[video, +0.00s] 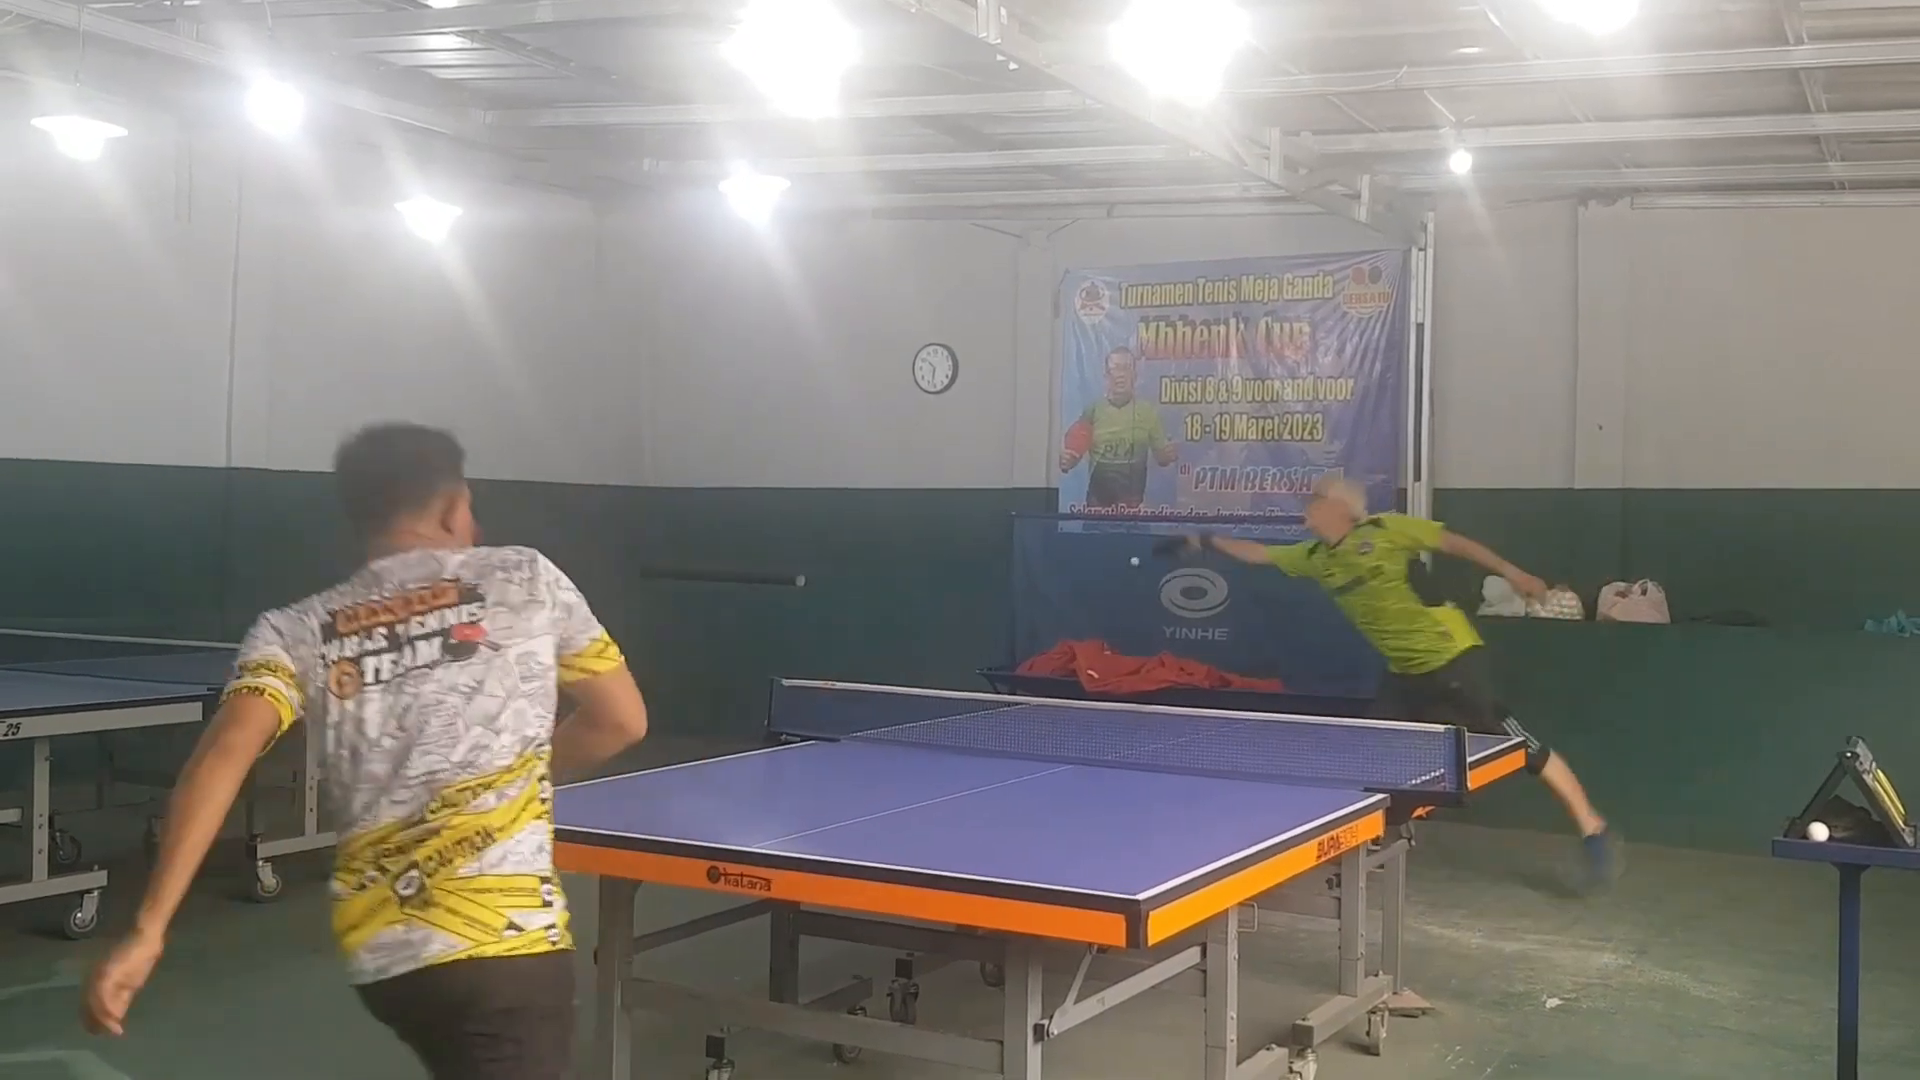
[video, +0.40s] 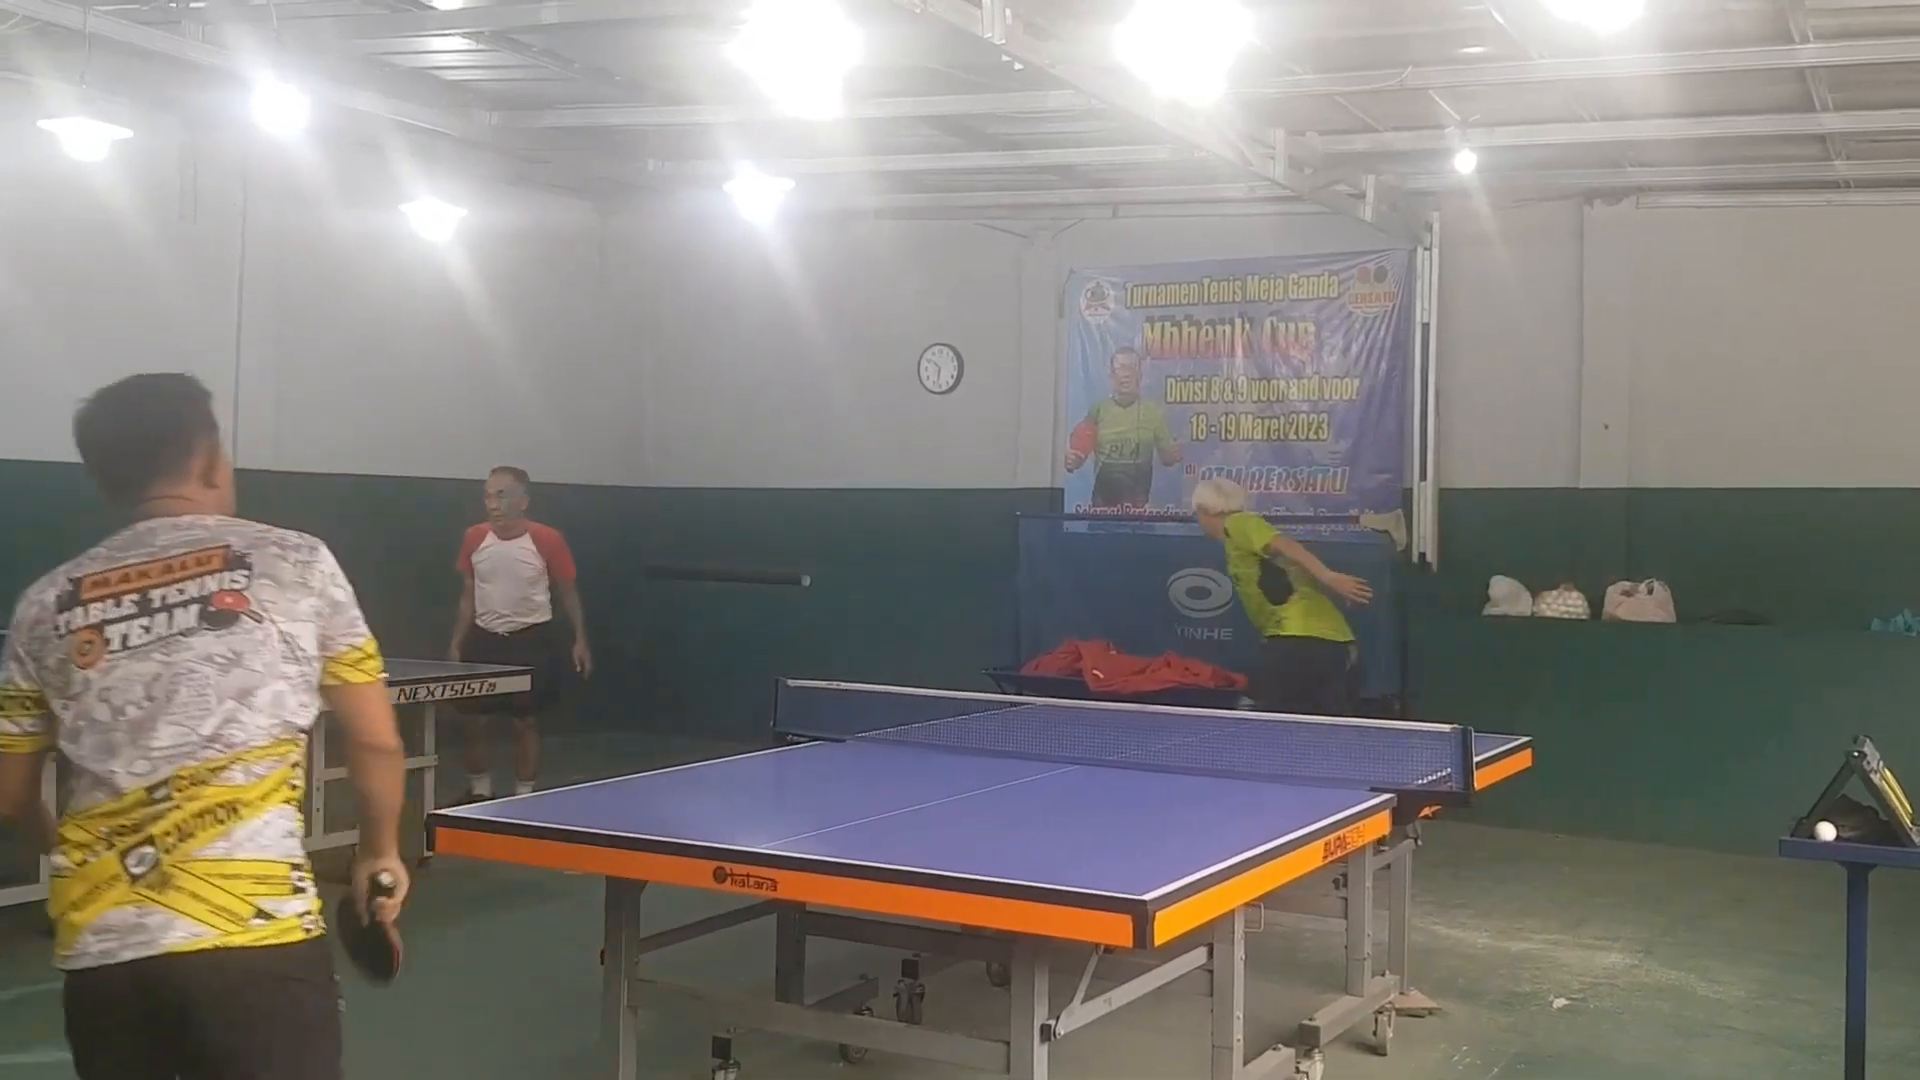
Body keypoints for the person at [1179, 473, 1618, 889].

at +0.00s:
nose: (1306, 515)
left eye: (1313, 505)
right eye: (1306, 507)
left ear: (1344, 506)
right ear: (1323, 514)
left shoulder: (1390, 529)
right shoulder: (1314, 557)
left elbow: (1457, 545)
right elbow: (1258, 555)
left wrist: (1515, 575)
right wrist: (1208, 541)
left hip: (1453, 656)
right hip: (1403, 671)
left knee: (1513, 739)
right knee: (1372, 748)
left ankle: (1592, 826)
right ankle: (1375, 836)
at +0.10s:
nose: (1272, 548)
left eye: (1276, 539)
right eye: (1271, 541)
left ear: (1301, 536)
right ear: (1289, 543)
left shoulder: (1342, 547)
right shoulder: (1294, 588)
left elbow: (1407, 566)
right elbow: (1238, 582)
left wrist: (1463, 591)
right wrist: (1200, 538)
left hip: (1417, 669)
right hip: (1376, 685)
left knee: (1482, 737)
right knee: (1364, 756)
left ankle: (1598, 735)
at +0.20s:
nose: (1245, 553)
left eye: (1247, 544)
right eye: (1243, 546)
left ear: (1264, 539)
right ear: (1264, 544)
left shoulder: (1298, 545)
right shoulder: (1282, 586)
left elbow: (1349, 569)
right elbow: (1269, 640)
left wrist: (1391, 613)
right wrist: (1222, 620)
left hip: (1382, 655)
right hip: (1355, 675)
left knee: (1414, 737)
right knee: (1353, 748)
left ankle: (1512, 706)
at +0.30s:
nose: (1219, 544)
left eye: (1219, 535)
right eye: (1218, 536)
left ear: (1233, 529)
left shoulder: (1267, 533)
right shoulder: (1262, 566)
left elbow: (1314, 556)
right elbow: (1303, 627)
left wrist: (1352, 598)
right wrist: (1286, 684)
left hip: (1346, 642)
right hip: (1322, 650)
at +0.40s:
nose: (1200, 523)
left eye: (1199, 514)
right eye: (1198, 515)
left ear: (1212, 509)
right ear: (1228, 505)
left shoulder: (1238, 523)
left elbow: (1282, 544)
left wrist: (1329, 577)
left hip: (1298, 641)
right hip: (1332, 644)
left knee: (1274, 726)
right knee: (1333, 730)